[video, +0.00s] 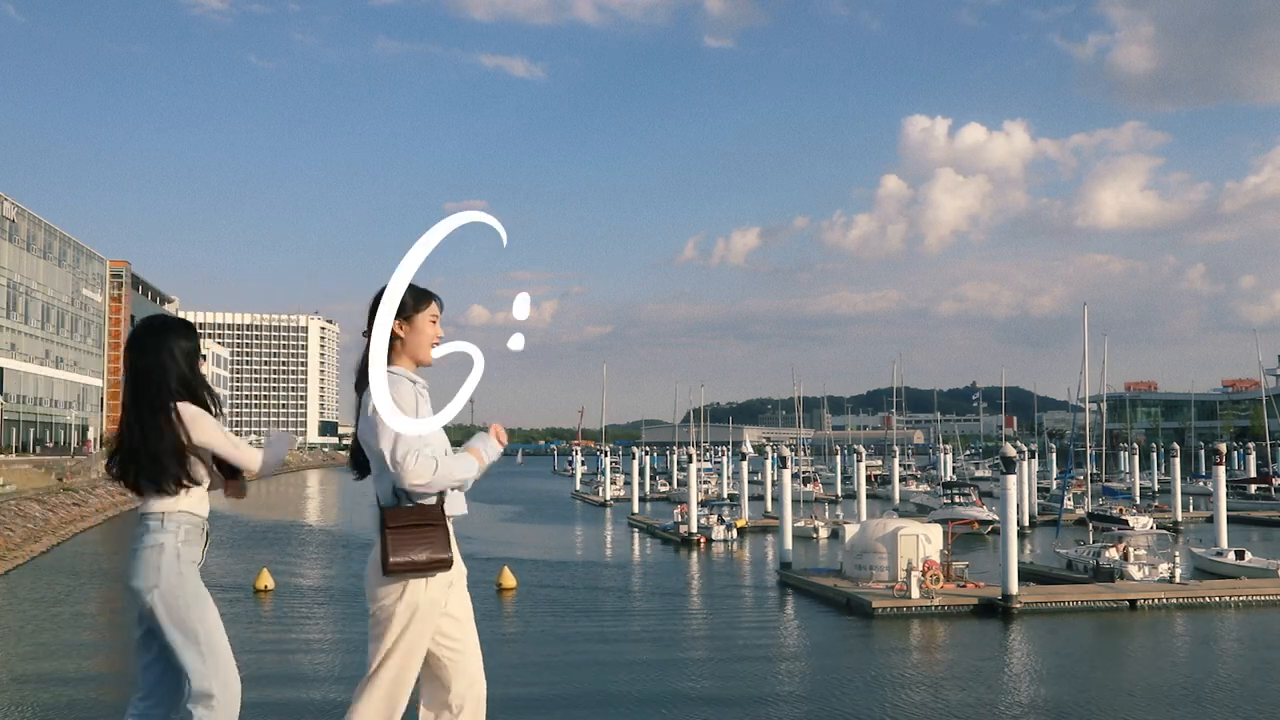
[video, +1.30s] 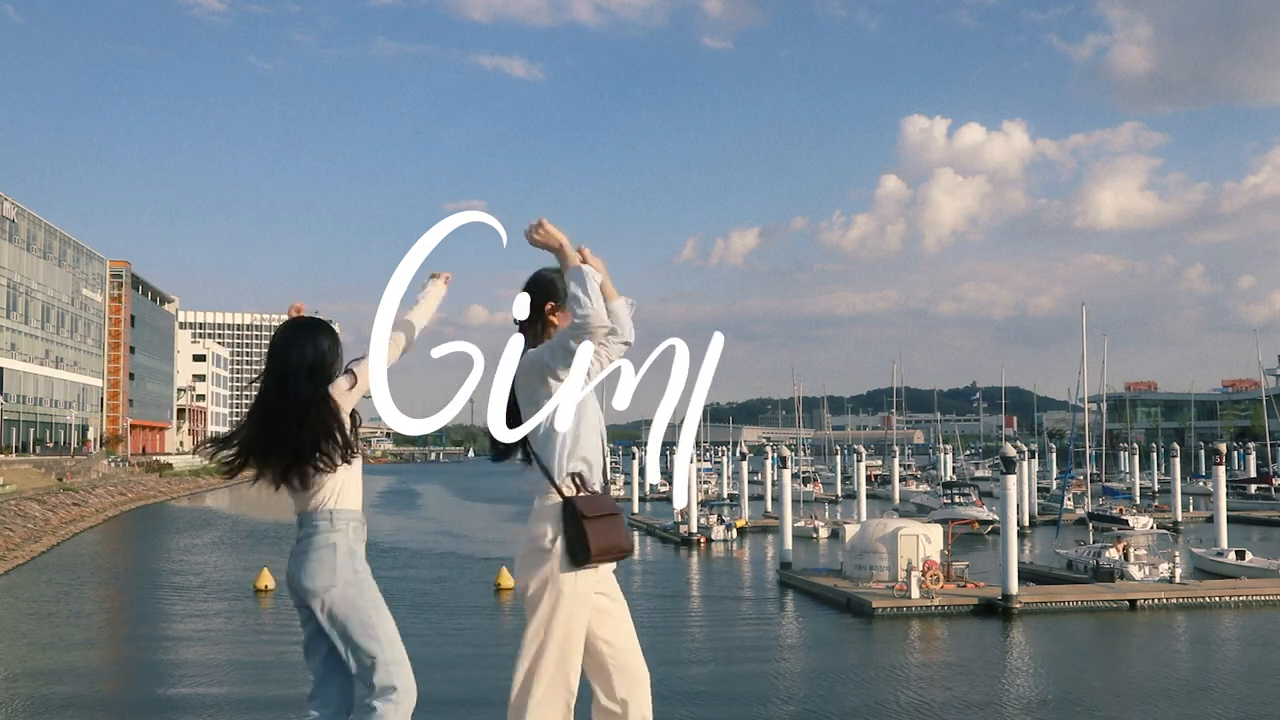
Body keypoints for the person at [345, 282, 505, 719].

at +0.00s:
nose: (439, 333)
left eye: (439, 323)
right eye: (431, 322)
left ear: (407, 331)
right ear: (399, 328)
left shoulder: (412, 388)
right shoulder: (390, 389)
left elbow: (425, 472)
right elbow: (415, 473)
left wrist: (476, 452)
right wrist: (480, 451)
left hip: (438, 541)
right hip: (410, 543)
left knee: (462, 692)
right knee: (383, 693)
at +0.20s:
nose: (458, 349)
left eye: (459, 339)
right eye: (451, 338)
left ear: (423, 344)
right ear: (419, 342)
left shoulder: (426, 400)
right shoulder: (410, 397)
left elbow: (484, 455)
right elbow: (474, 427)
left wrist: (541, 416)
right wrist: (506, 399)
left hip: (450, 565)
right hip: (443, 569)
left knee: (467, 703)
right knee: (482, 705)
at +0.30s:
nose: (473, 332)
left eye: (472, 322)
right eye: (464, 322)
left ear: (432, 332)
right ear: (434, 331)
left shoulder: (440, 383)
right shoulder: (431, 377)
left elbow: (510, 386)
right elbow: (485, 362)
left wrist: (523, 337)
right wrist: (485, 304)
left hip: (439, 556)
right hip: (452, 559)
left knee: (465, 685)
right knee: (519, 683)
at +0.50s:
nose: (483, 336)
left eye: (484, 326)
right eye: (476, 326)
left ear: (449, 327)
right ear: (447, 326)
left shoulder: (437, 377)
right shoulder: (448, 371)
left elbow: (521, 344)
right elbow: (494, 328)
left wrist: (557, 289)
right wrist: (540, 252)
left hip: (458, 545)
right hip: (486, 547)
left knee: (474, 690)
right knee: (540, 686)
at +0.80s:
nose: (519, 340)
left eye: (519, 329)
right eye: (512, 329)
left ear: (483, 336)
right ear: (488, 335)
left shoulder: (492, 394)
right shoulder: (494, 394)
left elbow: (553, 356)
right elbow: (542, 346)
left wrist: (544, 299)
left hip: (496, 561)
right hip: (510, 563)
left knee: (508, 697)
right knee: (558, 700)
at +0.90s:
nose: (529, 343)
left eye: (530, 334)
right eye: (522, 334)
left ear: (500, 336)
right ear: (493, 336)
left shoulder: (504, 390)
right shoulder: (483, 389)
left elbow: (559, 378)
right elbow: (541, 368)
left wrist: (586, 314)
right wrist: (547, 273)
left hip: (536, 553)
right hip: (522, 555)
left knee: (557, 698)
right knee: (550, 701)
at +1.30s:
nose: (579, 315)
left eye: (578, 305)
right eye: (574, 306)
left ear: (547, 314)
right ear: (556, 314)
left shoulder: (569, 364)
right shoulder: (539, 363)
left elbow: (619, 340)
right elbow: (590, 330)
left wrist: (601, 279)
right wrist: (565, 251)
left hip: (586, 526)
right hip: (557, 529)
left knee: (628, 687)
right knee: (546, 688)